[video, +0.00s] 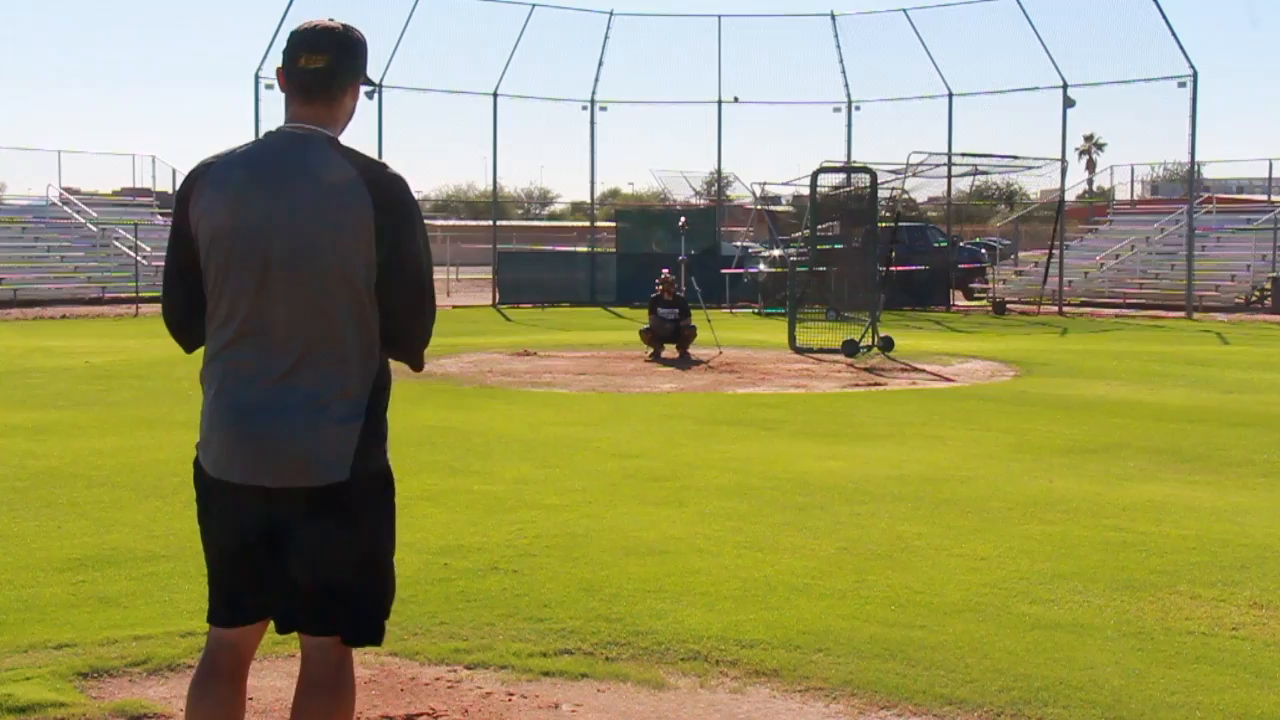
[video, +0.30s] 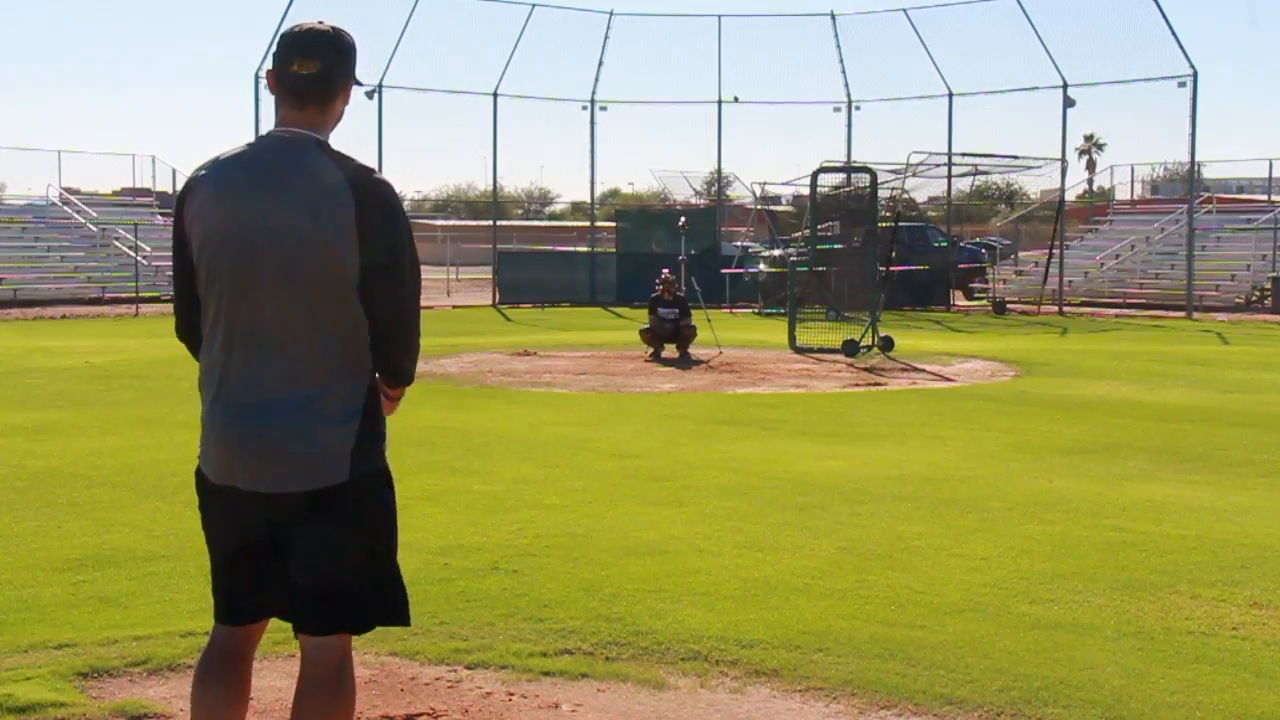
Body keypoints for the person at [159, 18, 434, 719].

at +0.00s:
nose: (352, 100)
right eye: (357, 90)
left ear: (280, 84)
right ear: (357, 94)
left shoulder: (206, 181)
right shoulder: (381, 190)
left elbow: (186, 326)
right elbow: (410, 342)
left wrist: (262, 287)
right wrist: (338, 292)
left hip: (229, 454)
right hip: (337, 460)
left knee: (229, 636)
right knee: (329, 649)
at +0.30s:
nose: (343, 100)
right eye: (348, 90)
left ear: (270, 86)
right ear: (346, 95)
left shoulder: (203, 186)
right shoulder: (367, 193)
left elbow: (193, 325)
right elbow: (397, 341)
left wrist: (253, 377)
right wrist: (387, 387)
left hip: (228, 451)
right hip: (332, 457)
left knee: (233, 628)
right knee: (328, 645)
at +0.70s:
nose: (305, 114)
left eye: (301, 101)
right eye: (306, 102)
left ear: (230, 94)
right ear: (300, 106)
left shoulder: (164, 190)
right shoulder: (292, 197)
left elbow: (140, 319)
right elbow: (324, 332)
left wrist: (219, 350)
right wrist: (364, 371)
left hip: (181, 454)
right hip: (277, 456)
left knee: (170, 617)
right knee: (296, 639)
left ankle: (109, 717)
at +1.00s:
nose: (248, 152)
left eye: (255, 140)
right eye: (251, 135)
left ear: (191, 115)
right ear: (219, 118)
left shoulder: (123, 187)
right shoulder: (183, 197)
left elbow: (183, 311)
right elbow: (252, 333)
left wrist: (282, 294)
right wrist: (321, 304)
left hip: (94, 446)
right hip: (178, 453)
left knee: (97, 618)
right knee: (266, 611)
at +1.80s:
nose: (260, 155)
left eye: (266, 144)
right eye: (259, 138)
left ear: (225, 120)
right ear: (217, 112)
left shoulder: (231, 203)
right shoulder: (146, 189)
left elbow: (277, 315)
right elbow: (190, 295)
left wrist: (320, 267)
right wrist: (287, 265)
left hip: (204, 446)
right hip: (159, 448)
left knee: (183, 614)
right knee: (236, 615)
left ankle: (120, 717)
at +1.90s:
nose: (268, 148)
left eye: (274, 136)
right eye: (265, 131)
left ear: (236, 118)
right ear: (221, 107)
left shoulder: (250, 203)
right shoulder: (144, 186)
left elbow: (301, 313)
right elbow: (182, 286)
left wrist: (323, 256)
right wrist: (290, 243)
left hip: (232, 440)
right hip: (162, 447)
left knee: (279, 591)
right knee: (222, 622)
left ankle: (165, 711)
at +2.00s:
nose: (275, 147)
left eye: (280, 134)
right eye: (271, 129)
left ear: (241, 116)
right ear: (227, 106)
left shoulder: (259, 198)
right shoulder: (141, 182)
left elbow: (317, 310)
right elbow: (148, 271)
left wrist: (318, 247)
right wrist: (268, 228)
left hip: (254, 433)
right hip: (171, 444)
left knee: (322, 575)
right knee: (220, 620)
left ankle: (244, 712)